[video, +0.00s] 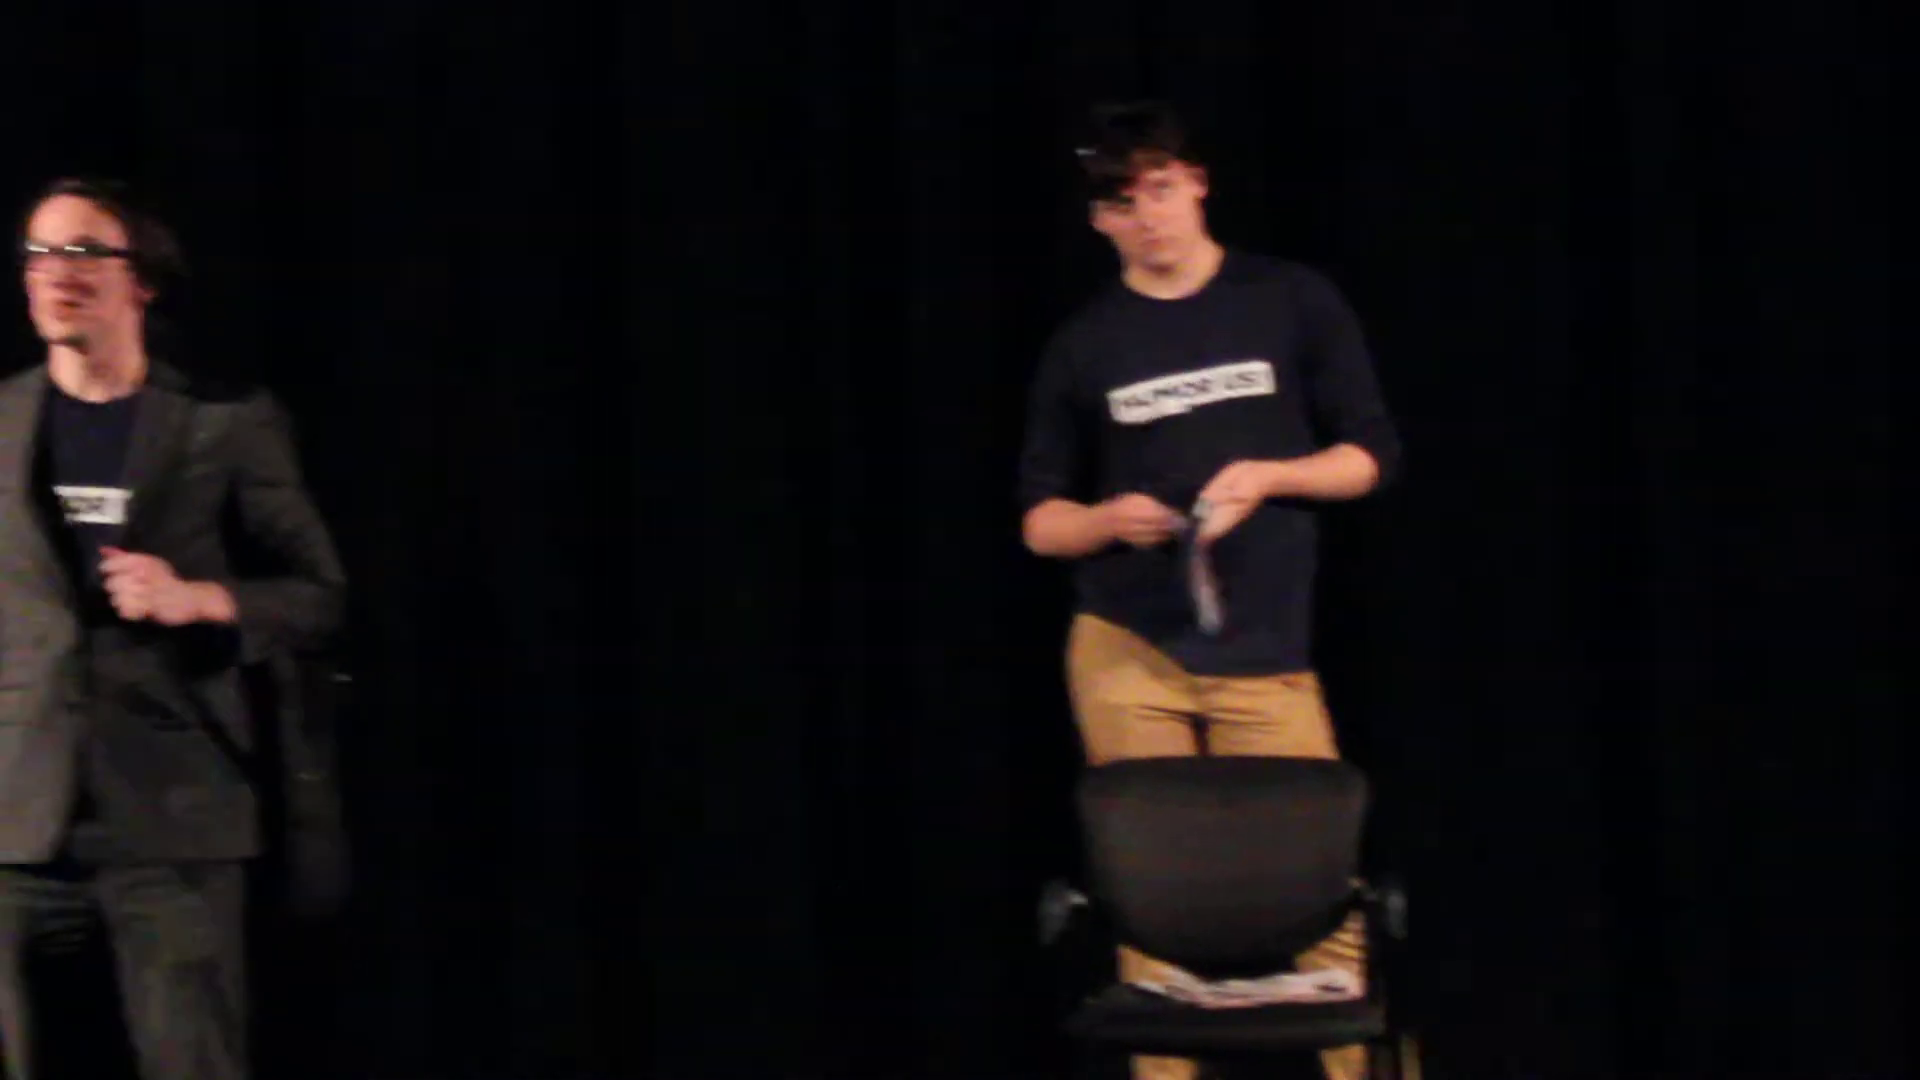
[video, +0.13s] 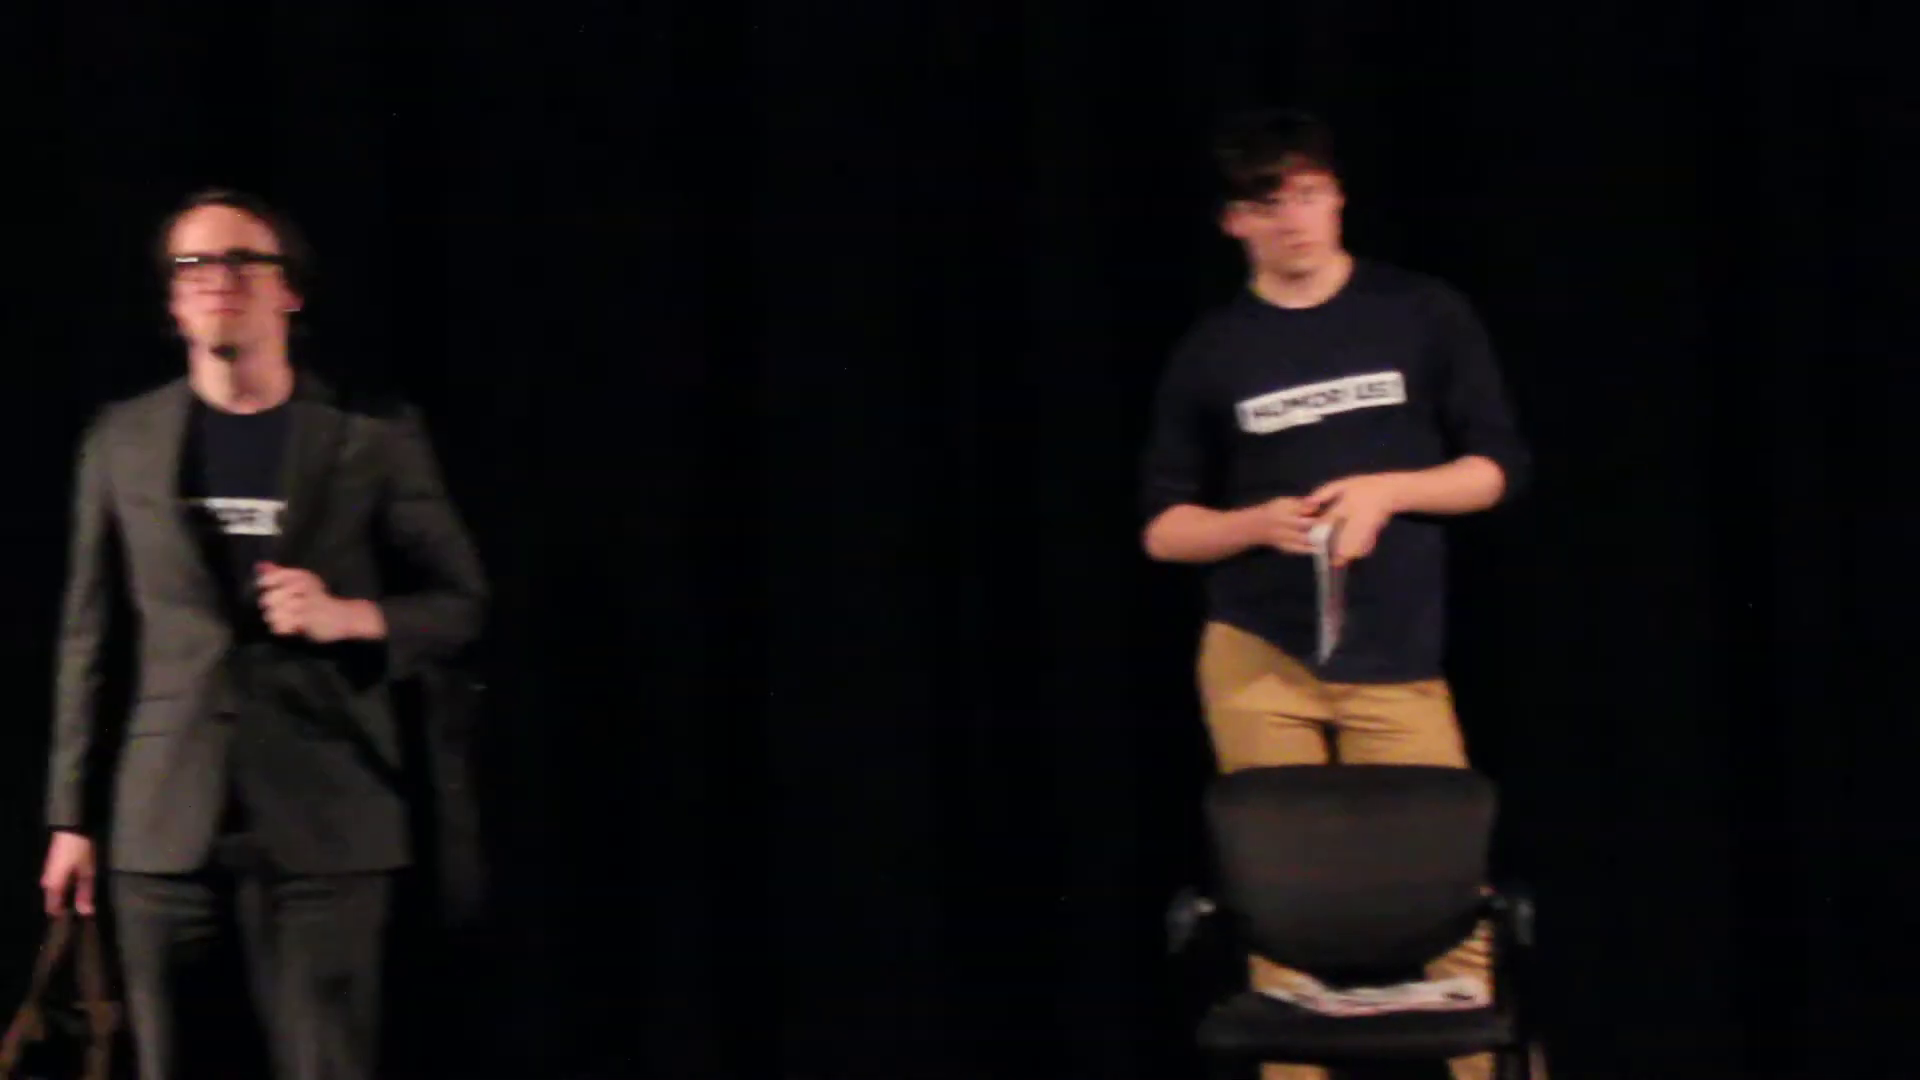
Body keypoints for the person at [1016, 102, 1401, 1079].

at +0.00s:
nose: (1148, 214)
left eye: (1162, 188)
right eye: (1124, 199)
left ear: (1201, 188)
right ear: (1100, 222)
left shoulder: (1294, 305)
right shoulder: (1082, 347)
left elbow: (1372, 455)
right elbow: (1038, 524)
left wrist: (1269, 476)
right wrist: (1107, 518)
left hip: (1266, 654)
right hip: (1127, 656)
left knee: (1317, 889)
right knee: (1156, 894)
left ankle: (1357, 1069)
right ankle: (1164, 1078)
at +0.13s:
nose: (1298, 217)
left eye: (1311, 193)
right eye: (1272, 201)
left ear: (1340, 200)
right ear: (1235, 223)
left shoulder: (1425, 318)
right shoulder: (1210, 353)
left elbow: (1496, 471)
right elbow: (1161, 529)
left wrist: (1389, 491)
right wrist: (1254, 522)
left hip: (1397, 662)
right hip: (1258, 664)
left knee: (1443, 894)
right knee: (1286, 902)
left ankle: (1477, 1072)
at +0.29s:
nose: (1415, 217)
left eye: (1429, 195)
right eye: (1389, 199)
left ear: (1448, 205)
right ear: (1340, 217)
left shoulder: (1515, 326)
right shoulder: (1299, 358)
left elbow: (1586, 478)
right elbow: (1251, 533)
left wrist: (1492, 531)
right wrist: (1356, 553)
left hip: (1492, 669)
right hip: (1351, 674)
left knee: (1534, 904)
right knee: (1376, 912)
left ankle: (1563, 1072)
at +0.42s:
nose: (1489, 217)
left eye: (1500, 198)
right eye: (1464, 198)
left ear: (1511, 206)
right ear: (1405, 211)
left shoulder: (1559, 331)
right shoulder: (1345, 356)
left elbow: (1609, 495)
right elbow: (1313, 534)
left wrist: (1572, 633)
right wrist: (1405, 640)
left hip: (1538, 661)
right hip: (1400, 669)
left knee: (1584, 902)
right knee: (1423, 917)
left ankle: (1633, 1070)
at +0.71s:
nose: (1633, 198)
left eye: (1629, 177)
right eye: (1614, 177)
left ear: (1566, 195)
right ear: (1551, 190)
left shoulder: (1618, 330)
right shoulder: (1446, 332)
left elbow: (1666, 491)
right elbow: (1394, 517)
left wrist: (1733, 624)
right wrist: (1402, 690)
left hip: (1621, 663)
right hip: (1493, 665)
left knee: (1669, 902)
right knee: (1491, 923)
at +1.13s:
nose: (1668, 171)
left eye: (1659, 153)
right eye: (1648, 156)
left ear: (1611, 180)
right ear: (1596, 181)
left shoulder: (1622, 315)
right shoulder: (1499, 314)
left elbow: (1611, 499)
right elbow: (1468, 501)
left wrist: (1662, 627)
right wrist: (1508, 667)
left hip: (1634, 652)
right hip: (1529, 650)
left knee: (1611, 913)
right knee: (1517, 912)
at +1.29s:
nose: (1655, 170)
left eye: (1648, 153)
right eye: (1626, 161)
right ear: (1567, 197)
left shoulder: (1642, 304)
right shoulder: (1498, 312)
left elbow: (1646, 473)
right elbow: (1469, 500)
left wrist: (1733, 565)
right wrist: (1610, 602)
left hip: (1641, 642)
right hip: (1523, 644)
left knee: (1615, 908)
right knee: (1520, 905)